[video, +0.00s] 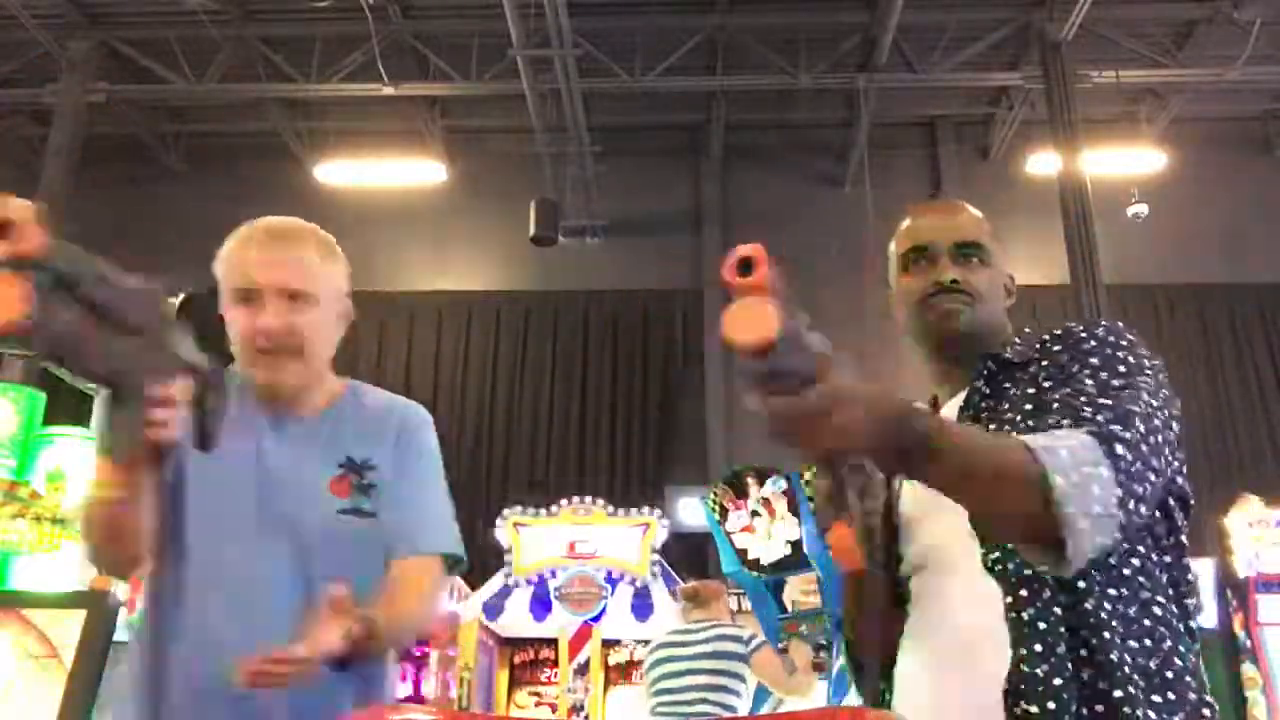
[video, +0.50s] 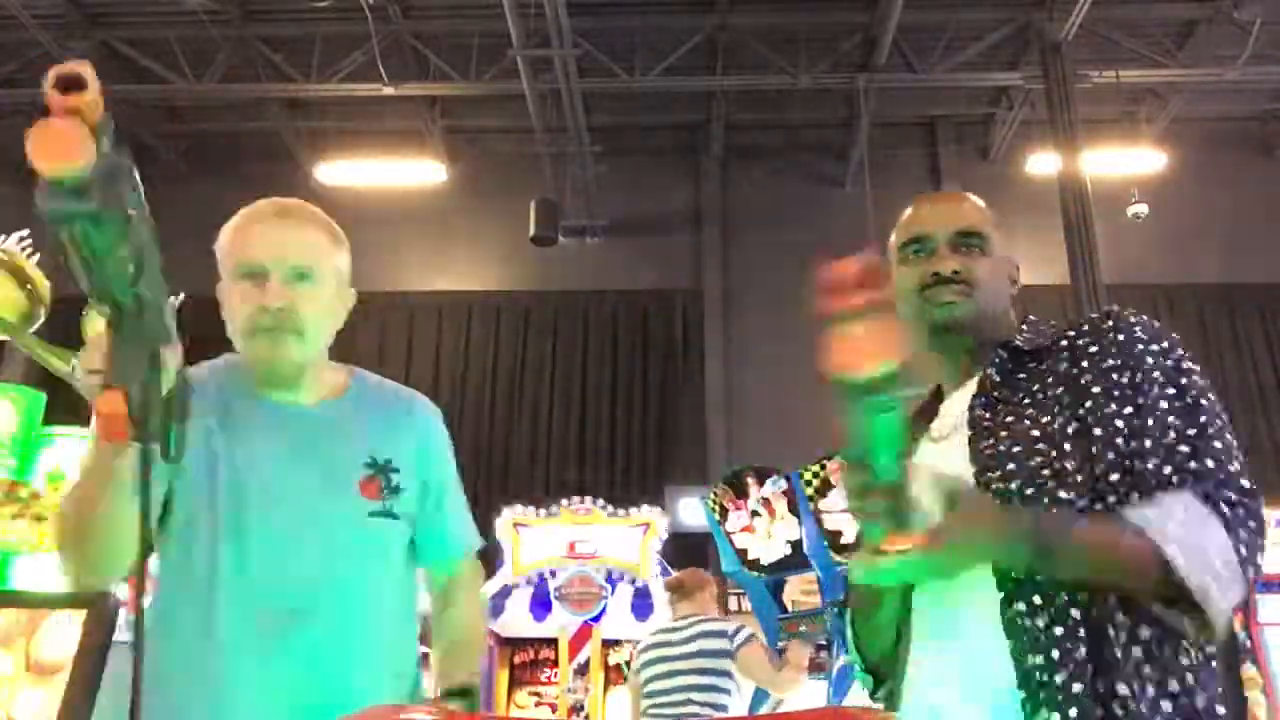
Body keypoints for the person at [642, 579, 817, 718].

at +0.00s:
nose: (731, 609)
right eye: (728, 602)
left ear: (684, 612)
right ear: (722, 603)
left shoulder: (656, 647)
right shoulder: (742, 637)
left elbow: (651, 701)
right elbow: (792, 688)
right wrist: (802, 659)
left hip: (662, 716)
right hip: (715, 713)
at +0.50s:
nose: (718, 605)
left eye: (716, 597)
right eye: (715, 597)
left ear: (672, 604)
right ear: (709, 593)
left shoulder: (645, 646)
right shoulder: (729, 631)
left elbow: (636, 713)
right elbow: (780, 685)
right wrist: (797, 661)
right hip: (708, 713)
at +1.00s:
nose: (721, 609)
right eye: (720, 603)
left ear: (674, 609)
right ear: (713, 601)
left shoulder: (646, 650)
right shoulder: (731, 632)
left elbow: (639, 714)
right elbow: (784, 688)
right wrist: (799, 661)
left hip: (660, 715)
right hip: (710, 713)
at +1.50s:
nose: (721, 606)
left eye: (718, 599)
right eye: (718, 599)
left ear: (675, 607)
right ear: (711, 596)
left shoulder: (646, 647)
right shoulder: (728, 631)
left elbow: (638, 713)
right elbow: (759, 690)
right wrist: (786, 686)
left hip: (656, 715)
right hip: (709, 713)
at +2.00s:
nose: (716, 607)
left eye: (714, 601)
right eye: (714, 601)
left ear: (672, 610)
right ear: (710, 599)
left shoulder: (646, 648)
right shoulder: (729, 632)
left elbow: (641, 706)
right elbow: (786, 684)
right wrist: (794, 650)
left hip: (658, 714)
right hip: (711, 712)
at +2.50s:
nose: (728, 610)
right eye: (725, 604)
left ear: (681, 611)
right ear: (720, 603)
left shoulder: (653, 647)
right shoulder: (739, 637)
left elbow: (651, 703)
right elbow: (794, 687)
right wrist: (801, 658)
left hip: (662, 714)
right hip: (716, 711)